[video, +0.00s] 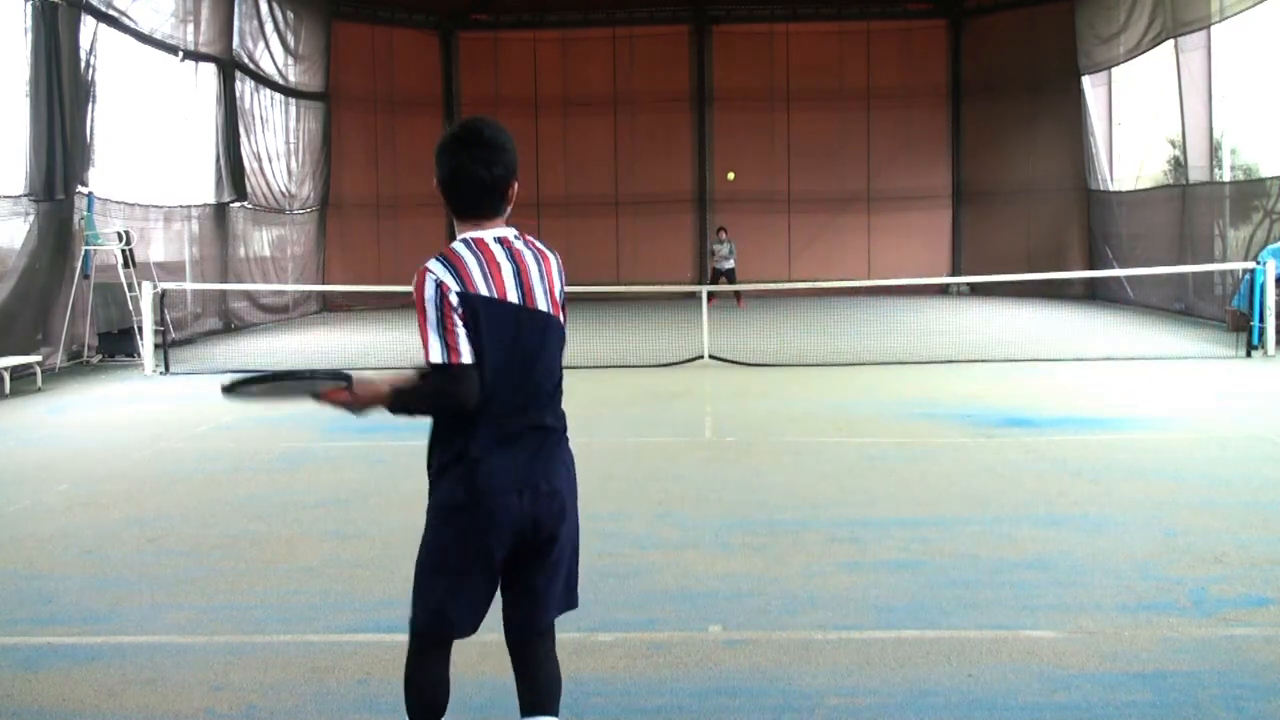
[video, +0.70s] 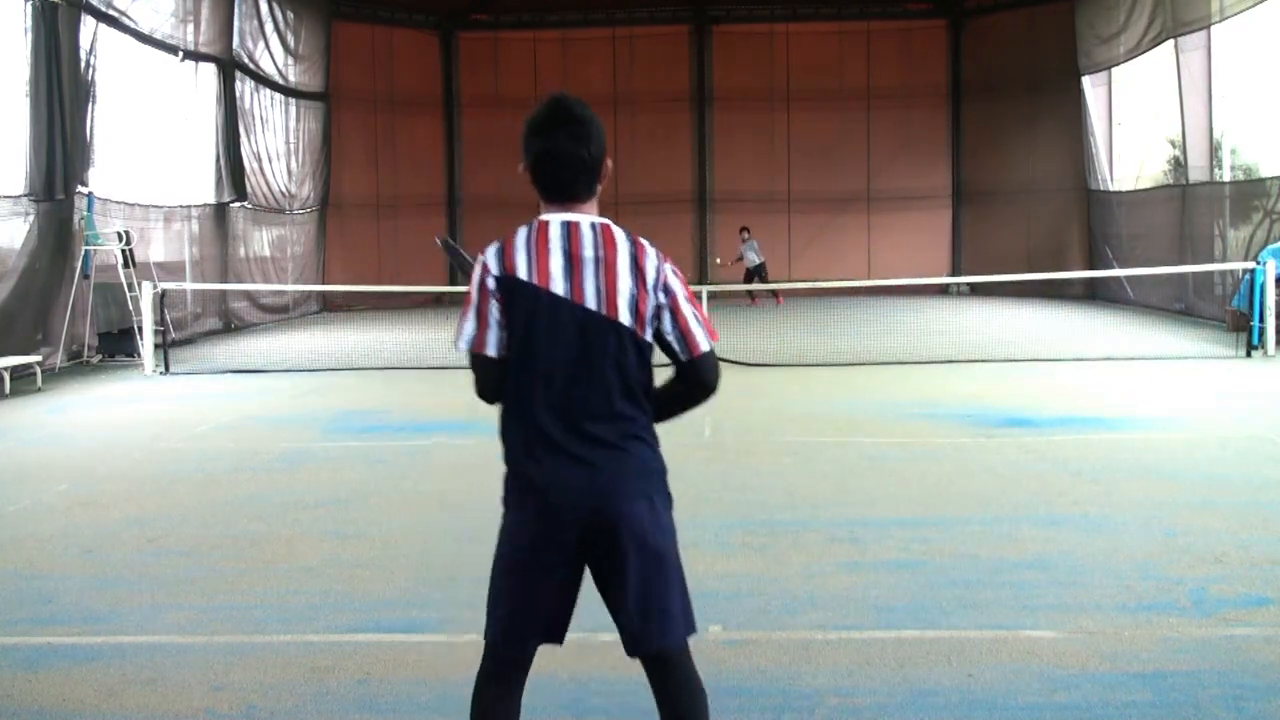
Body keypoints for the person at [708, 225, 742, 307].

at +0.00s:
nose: (722, 236)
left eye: (723, 234)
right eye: (720, 234)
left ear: (726, 235)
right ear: (717, 235)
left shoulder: (730, 244)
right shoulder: (714, 245)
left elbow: (732, 256)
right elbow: (712, 256)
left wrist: (721, 256)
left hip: (729, 267)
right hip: (717, 267)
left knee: (734, 284)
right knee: (712, 284)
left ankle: (739, 300)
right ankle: (710, 299)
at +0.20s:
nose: (729, 234)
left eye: (731, 232)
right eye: (728, 232)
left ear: (734, 233)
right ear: (726, 234)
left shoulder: (737, 242)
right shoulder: (725, 243)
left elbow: (732, 251)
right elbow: (722, 249)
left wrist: (722, 249)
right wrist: (716, 249)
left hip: (738, 264)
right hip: (728, 265)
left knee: (738, 283)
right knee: (722, 282)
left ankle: (740, 301)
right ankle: (718, 298)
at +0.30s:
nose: (733, 232)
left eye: (734, 230)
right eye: (731, 230)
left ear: (737, 231)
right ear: (728, 232)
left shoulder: (740, 240)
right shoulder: (728, 241)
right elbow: (722, 247)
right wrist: (713, 247)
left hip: (744, 262)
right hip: (735, 263)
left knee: (743, 281)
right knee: (732, 282)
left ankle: (743, 298)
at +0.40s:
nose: (736, 234)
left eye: (737, 231)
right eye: (734, 232)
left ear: (740, 232)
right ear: (731, 233)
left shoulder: (743, 241)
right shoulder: (731, 242)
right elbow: (725, 247)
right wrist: (713, 248)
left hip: (749, 262)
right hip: (740, 264)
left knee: (749, 279)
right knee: (741, 281)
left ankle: (751, 296)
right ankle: (748, 295)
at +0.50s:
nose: (737, 237)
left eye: (739, 234)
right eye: (736, 235)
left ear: (742, 235)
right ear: (734, 236)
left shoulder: (745, 244)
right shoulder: (736, 247)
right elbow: (730, 252)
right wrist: (720, 253)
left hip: (753, 265)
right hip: (745, 268)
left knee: (757, 282)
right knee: (743, 286)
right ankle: (752, 299)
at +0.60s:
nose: (740, 238)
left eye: (742, 235)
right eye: (738, 236)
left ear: (745, 236)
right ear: (736, 237)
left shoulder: (748, 244)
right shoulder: (740, 247)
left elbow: (736, 252)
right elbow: (738, 256)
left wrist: (726, 256)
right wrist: (730, 259)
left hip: (756, 266)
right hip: (747, 269)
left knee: (761, 283)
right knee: (745, 286)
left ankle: (776, 295)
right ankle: (753, 299)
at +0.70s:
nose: (744, 236)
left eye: (745, 233)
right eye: (742, 234)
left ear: (748, 234)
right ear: (740, 235)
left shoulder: (753, 242)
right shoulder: (742, 246)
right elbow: (741, 257)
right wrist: (733, 262)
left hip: (759, 265)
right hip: (749, 268)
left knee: (765, 282)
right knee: (746, 284)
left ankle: (777, 296)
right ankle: (753, 299)